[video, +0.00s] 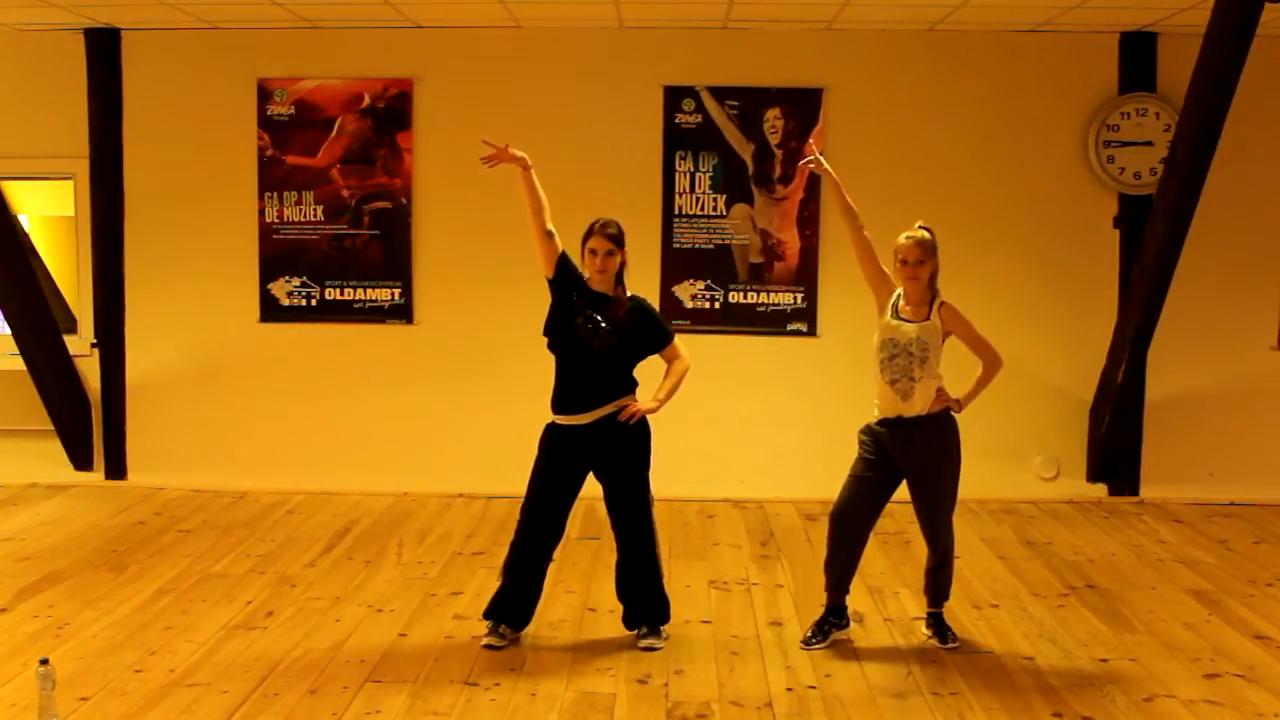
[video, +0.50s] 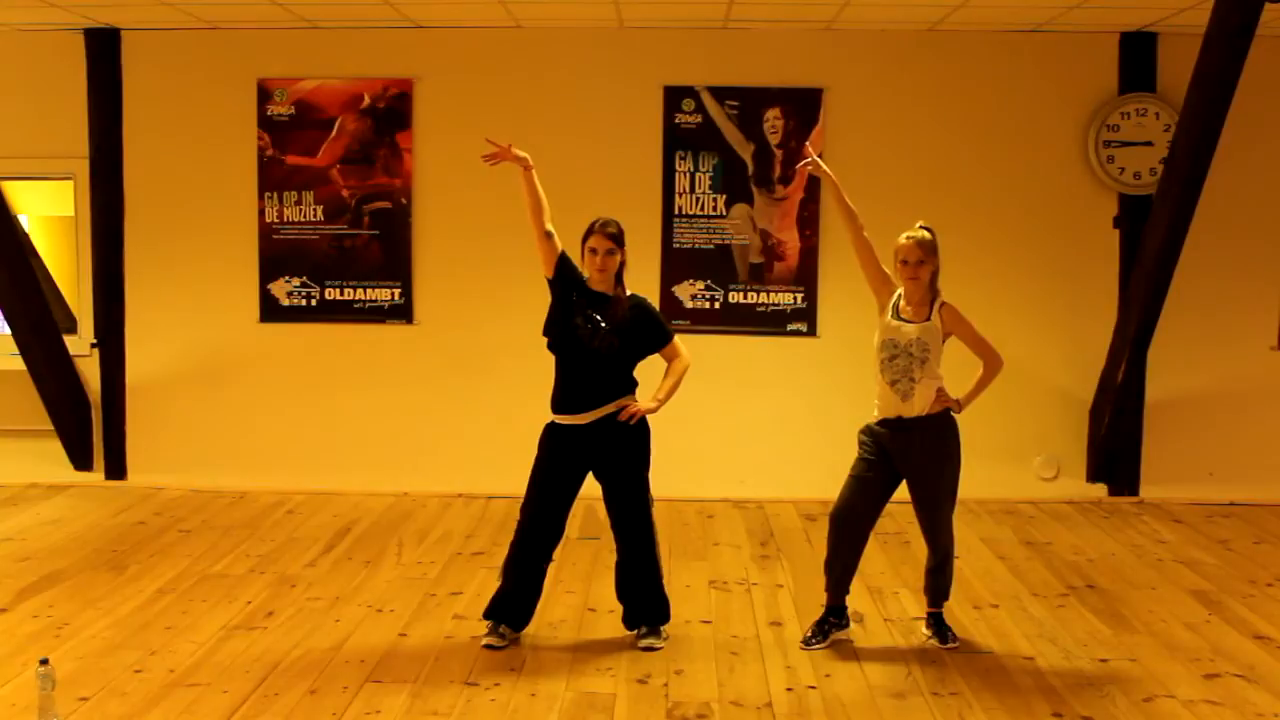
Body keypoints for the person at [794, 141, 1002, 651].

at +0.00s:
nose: (905, 268)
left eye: (914, 262)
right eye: (901, 261)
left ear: (932, 265)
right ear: (894, 263)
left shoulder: (943, 314)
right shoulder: (888, 299)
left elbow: (993, 361)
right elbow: (855, 227)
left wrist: (962, 401)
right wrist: (826, 171)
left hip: (933, 435)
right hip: (883, 435)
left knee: (939, 531)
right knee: (845, 519)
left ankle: (936, 615)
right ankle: (834, 612)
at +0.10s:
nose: (906, 269)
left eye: (914, 262)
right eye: (901, 262)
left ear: (932, 264)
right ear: (894, 263)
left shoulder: (943, 314)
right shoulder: (887, 299)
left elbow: (993, 361)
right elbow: (855, 227)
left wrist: (961, 401)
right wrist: (825, 170)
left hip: (933, 435)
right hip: (883, 435)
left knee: (939, 532)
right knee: (845, 519)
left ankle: (936, 615)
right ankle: (834, 612)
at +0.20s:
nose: (905, 268)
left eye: (914, 262)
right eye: (900, 261)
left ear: (932, 265)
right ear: (894, 263)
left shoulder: (943, 314)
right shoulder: (888, 299)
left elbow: (993, 361)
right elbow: (855, 228)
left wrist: (962, 401)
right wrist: (826, 171)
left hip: (933, 435)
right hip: (883, 435)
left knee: (939, 531)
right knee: (845, 519)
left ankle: (936, 615)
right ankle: (834, 612)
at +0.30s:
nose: (905, 268)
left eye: (914, 262)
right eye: (901, 261)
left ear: (932, 265)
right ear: (894, 263)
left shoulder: (943, 314)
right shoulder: (888, 299)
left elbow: (994, 361)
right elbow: (855, 228)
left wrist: (961, 401)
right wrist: (825, 170)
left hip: (933, 436)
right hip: (883, 436)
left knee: (939, 532)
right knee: (845, 519)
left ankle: (936, 615)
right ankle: (834, 612)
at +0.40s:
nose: (905, 268)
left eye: (914, 262)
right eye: (901, 261)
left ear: (932, 265)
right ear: (894, 263)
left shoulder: (943, 314)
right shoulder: (888, 299)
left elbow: (994, 361)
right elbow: (855, 228)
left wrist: (961, 401)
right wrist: (825, 171)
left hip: (933, 436)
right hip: (883, 436)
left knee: (939, 532)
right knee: (845, 519)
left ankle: (936, 615)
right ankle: (834, 612)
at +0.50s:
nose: (907, 269)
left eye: (916, 262)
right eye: (902, 262)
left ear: (934, 265)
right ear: (895, 263)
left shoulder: (944, 314)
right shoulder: (888, 299)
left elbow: (994, 362)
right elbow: (856, 228)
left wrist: (962, 402)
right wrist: (824, 173)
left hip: (933, 435)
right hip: (883, 435)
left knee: (939, 533)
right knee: (845, 519)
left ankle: (936, 615)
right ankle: (834, 612)